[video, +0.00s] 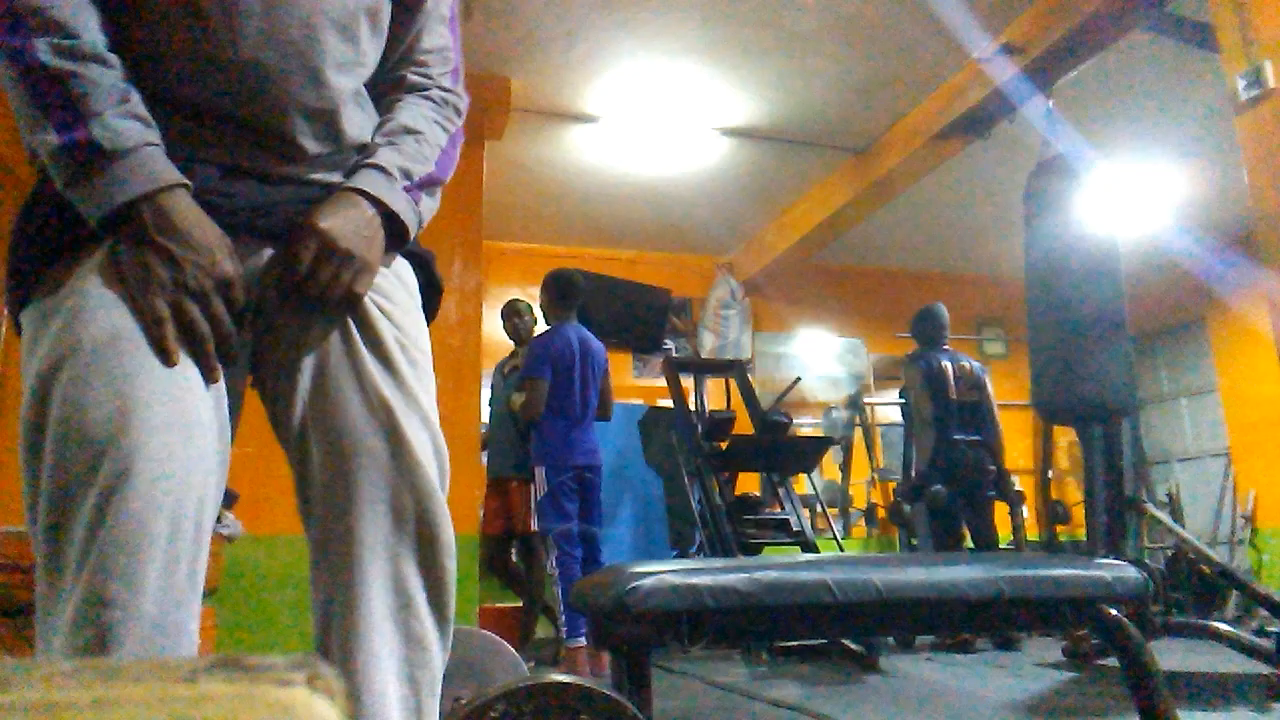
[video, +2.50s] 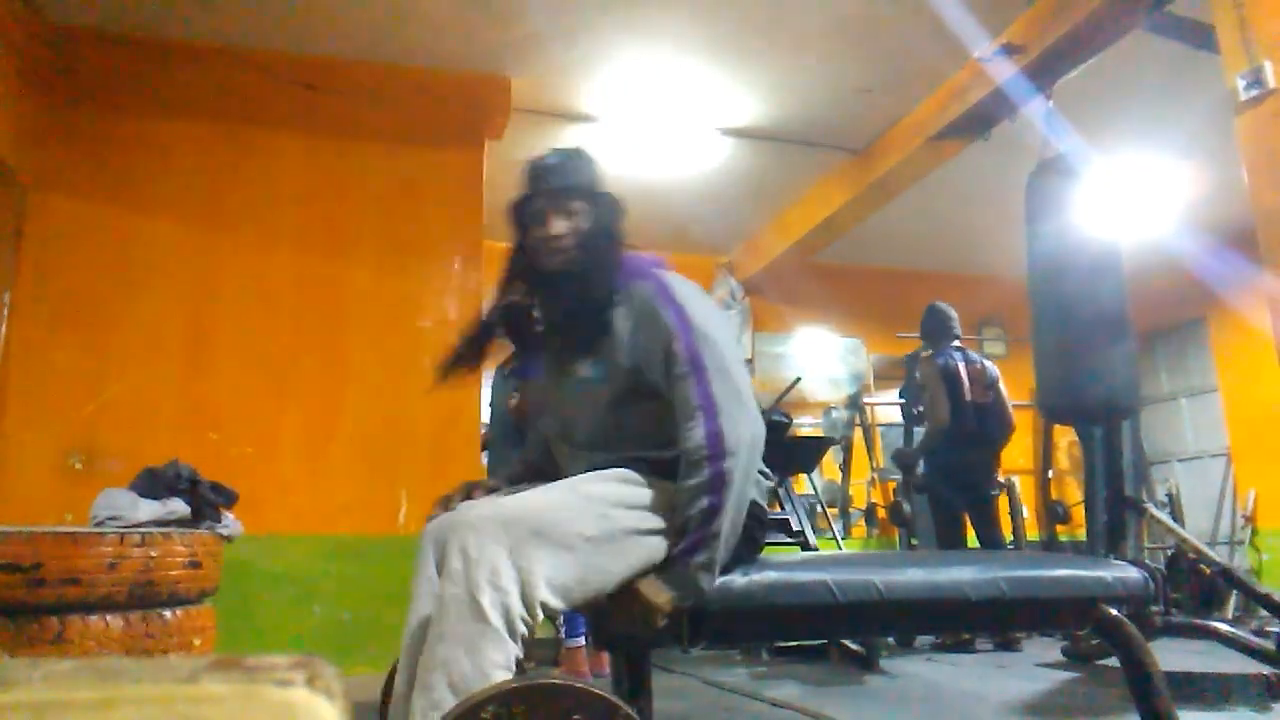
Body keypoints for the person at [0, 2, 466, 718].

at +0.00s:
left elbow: (433, 83)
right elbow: (38, 15)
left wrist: (374, 201)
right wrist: (142, 191)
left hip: (339, 217)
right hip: (130, 203)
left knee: (396, 480)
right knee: (139, 478)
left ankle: (390, 709)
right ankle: (118, 713)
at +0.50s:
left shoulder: (517, 27)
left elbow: (482, 187)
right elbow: (183, 16)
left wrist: (480, 316)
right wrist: (230, 248)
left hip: (382, 267)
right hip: (211, 240)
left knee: (396, 613)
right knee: (170, 614)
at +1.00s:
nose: (599, 90)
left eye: (615, 77)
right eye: (599, 66)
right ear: (574, 12)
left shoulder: (543, 108)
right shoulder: (407, 8)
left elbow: (513, 259)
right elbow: (252, 86)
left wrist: (521, 383)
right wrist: (270, 302)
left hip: (410, 313)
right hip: (268, 289)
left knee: (407, 590)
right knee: (260, 568)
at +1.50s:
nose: (482, 68)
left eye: (491, 45)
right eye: (460, 45)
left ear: (498, 34)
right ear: (390, 30)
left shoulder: (494, 122)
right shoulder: (269, 76)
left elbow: (555, 282)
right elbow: (235, 224)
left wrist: (538, 433)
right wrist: (270, 372)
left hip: (447, 342)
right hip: (328, 340)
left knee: (421, 573)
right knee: (297, 574)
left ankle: (413, 718)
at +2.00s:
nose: (380, 229)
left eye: (393, 206)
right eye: (359, 214)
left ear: (421, 184)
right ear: (332, 207)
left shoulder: (509, 237)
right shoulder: (342, 259)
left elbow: (615, 372)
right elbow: (350, 359)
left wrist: (656, 535)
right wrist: (378, 445)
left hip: (556, 387)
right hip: (460, 396)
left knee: (479, 523)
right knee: (393, 525)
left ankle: (469, 714)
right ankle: (406, 710)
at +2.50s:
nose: (553, 229)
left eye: (569, 211)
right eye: (537, 217)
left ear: (600, 216)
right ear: (521, 231)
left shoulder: (658, 298)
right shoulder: (540, 317)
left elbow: (729, 437)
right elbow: (541, 449)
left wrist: (681, 577)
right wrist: (497, 490)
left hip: (666, 485)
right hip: (581, 487)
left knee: (483, 542)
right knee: (445, 535)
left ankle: (454, 712)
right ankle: (417, 708)